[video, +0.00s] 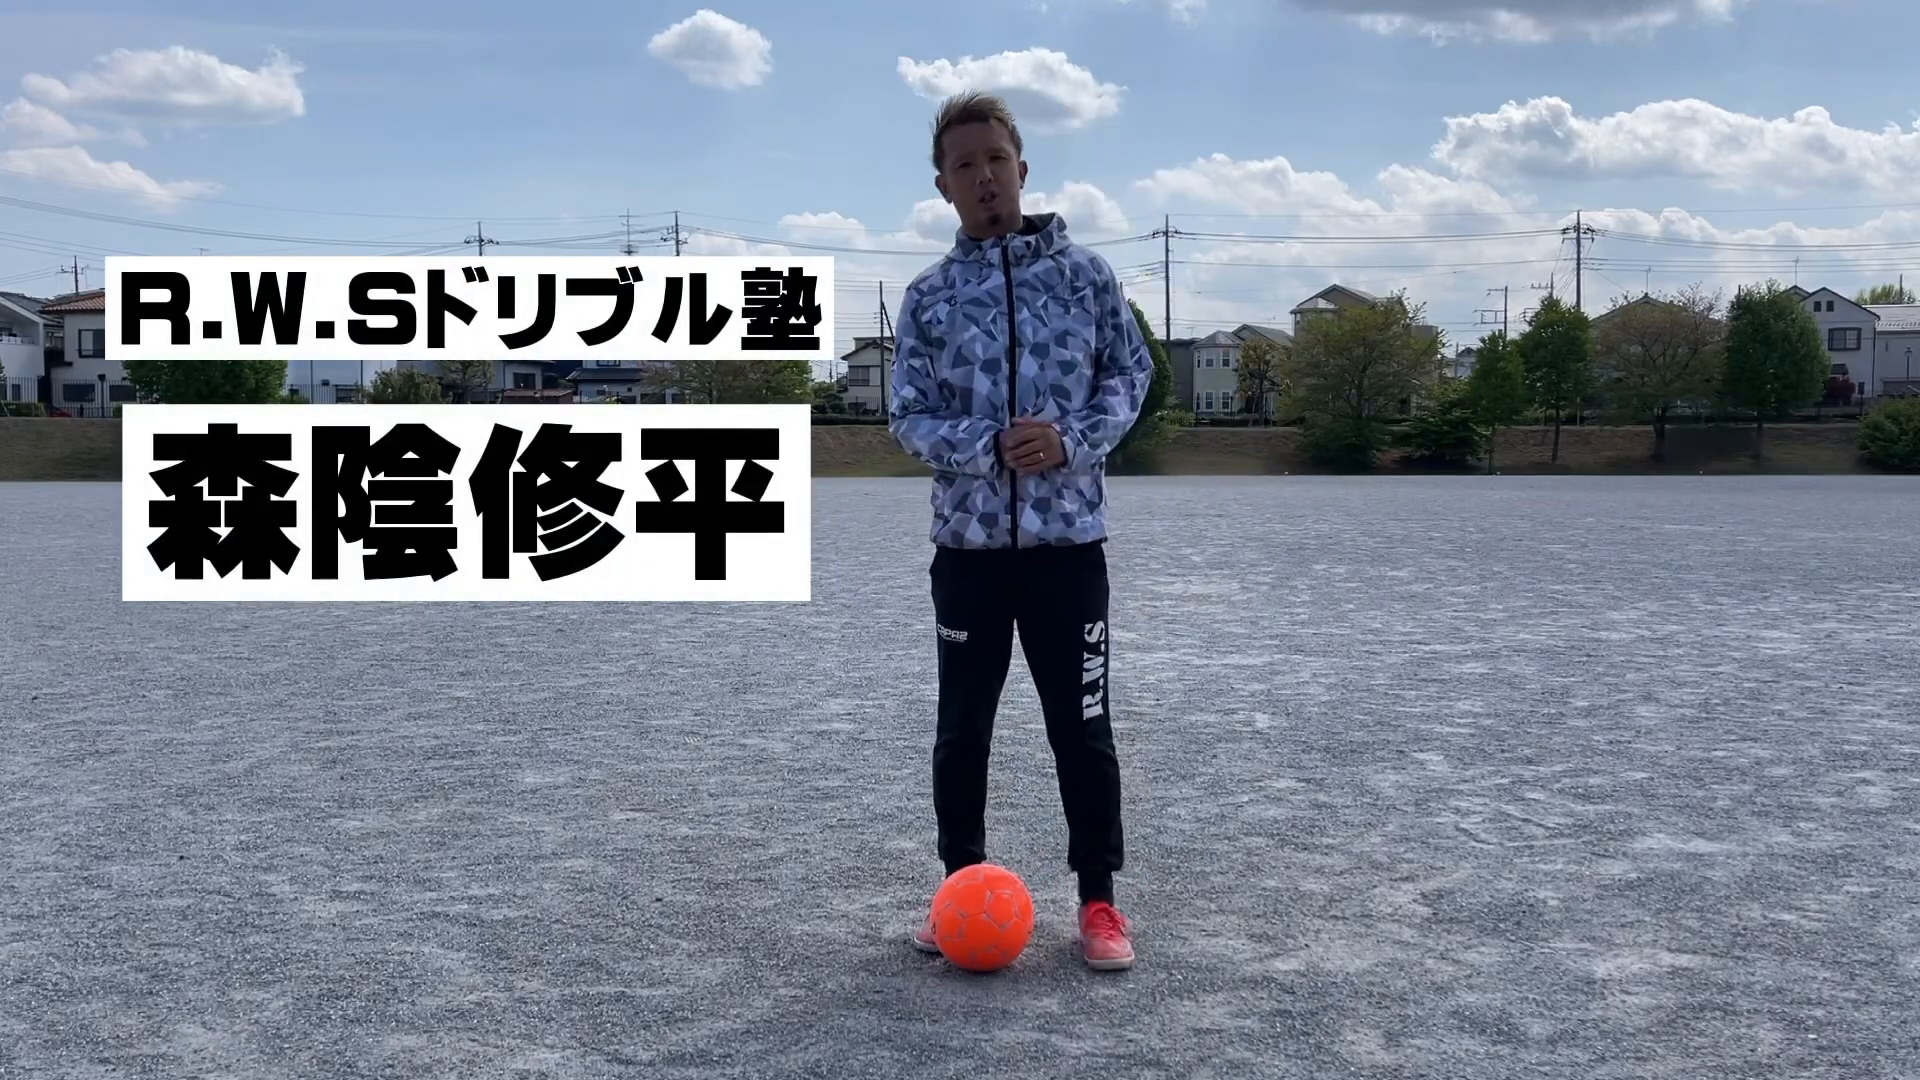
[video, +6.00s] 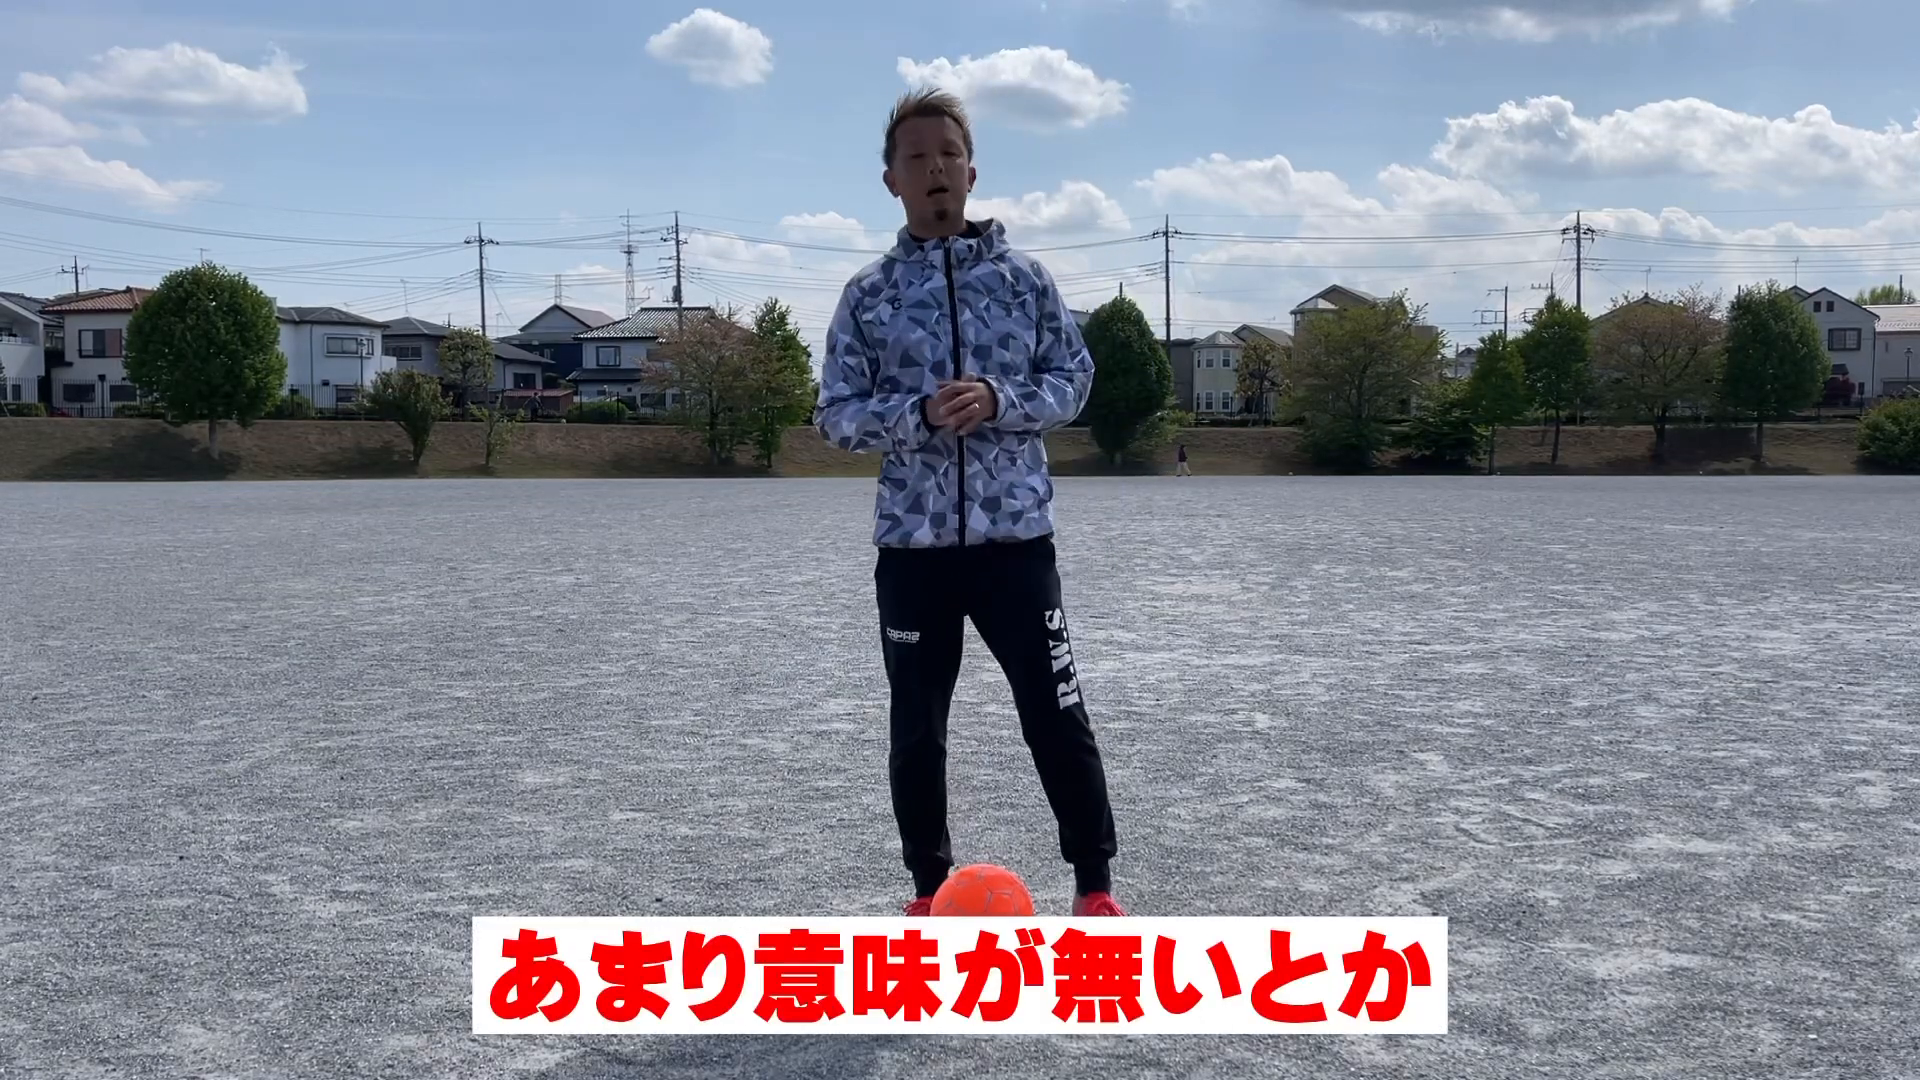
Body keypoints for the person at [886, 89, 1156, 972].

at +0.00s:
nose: (983, 176)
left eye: (994, 159)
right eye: (964, 166)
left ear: (1021, 165)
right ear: (943, 185)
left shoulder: (1085, 274)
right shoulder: (930, 295)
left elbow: (1132, 378)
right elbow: (908, 415)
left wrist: (1074, 438)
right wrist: (987, 447)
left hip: (1066, 540)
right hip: (969, 544)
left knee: (1082, 727)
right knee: (963, 727)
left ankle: (1099, 905)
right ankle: (962, 895)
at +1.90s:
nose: (1004, 151)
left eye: (1022, 136)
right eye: (988, 135)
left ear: (1046, 151)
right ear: (963, 150)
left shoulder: (1088, 265)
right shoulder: (927, 269)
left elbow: (1118, 400)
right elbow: (900, 404)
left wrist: (1129, 510)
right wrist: (886, 513)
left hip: (1056, 535)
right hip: (951, 535)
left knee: (1082, 725)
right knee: (933, 727)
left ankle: (1103, 901)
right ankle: (927, 894)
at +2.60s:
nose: (1036, 161)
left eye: (1052, 146)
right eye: (1019, 146)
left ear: (1073, 164)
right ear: (991, 163)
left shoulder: (1107, 279)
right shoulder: (952, 279)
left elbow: (1124, 389)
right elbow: (931, 401)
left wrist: (1064, 454)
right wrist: (998, 444)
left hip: (1069, 542)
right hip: (968, 540)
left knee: (1086, 730)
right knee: (947, 728)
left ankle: (1101, 905)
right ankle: (931, 897)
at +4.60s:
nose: (1016, 165)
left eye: (1035, 151)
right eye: (1004, 151)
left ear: (1071, 167)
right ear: (990, 166)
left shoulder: (1113, 281)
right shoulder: (955, 285)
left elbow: (1150, 394)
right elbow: (917, 400)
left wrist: (1060, 391)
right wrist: (981, 388)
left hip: (1070, 538)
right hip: (970, 538)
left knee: (1084, 728)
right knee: (950, 727)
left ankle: (1097, 898)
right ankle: (933, 894)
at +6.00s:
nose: (936, 169)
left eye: (948, 153)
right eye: (916, 156)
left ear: (971, 167)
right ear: (891, 178)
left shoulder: (1023, 279)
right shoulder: (867, 295)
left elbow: (1073, 384)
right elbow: (836, 414)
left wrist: (1002, 399)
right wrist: (918, 414)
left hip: (1012, 535)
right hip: (913, 540)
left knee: (1055, 708)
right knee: (916, 723)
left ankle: (1094, 886)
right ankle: (927, 892)